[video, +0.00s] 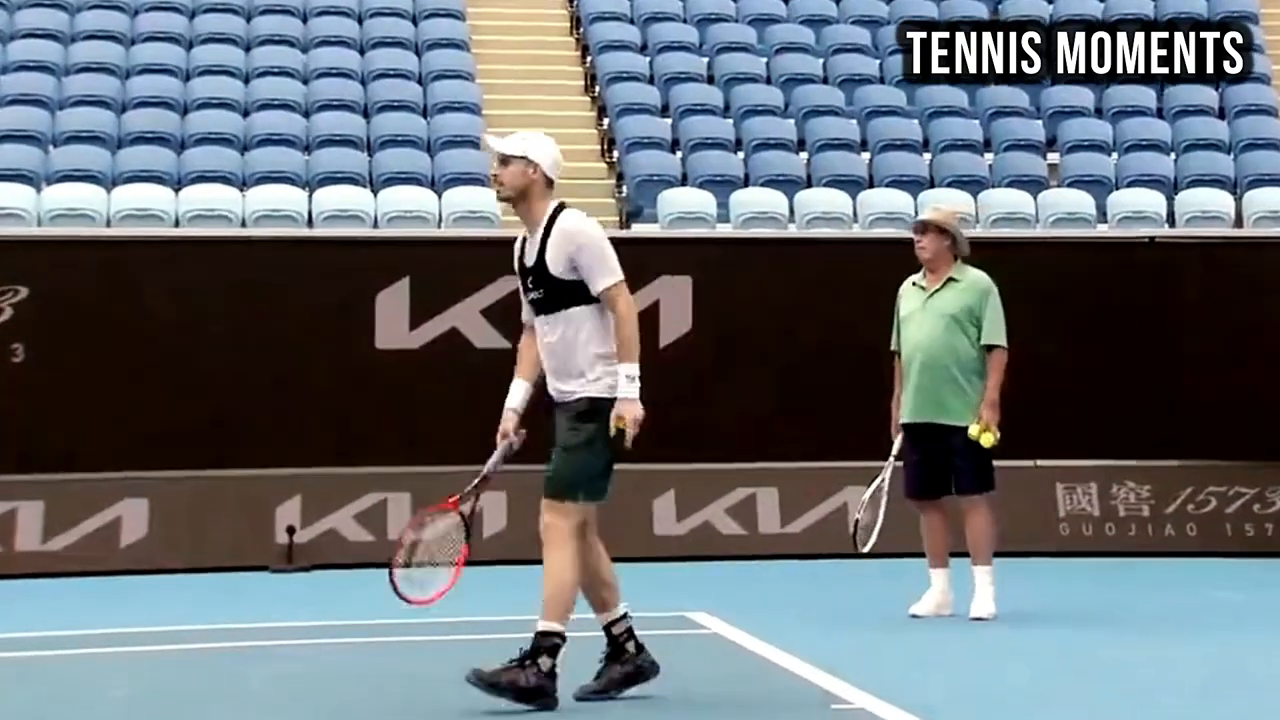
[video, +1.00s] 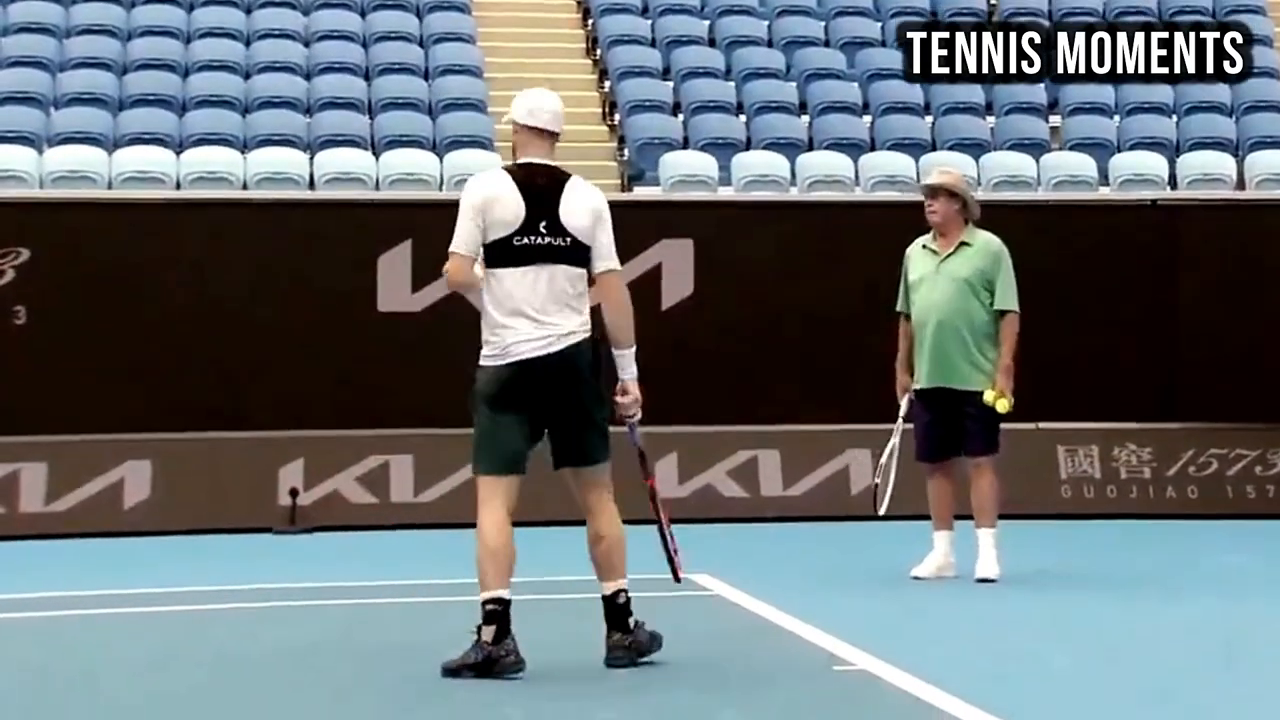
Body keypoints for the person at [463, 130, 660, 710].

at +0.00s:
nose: (494, 173)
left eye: (505, 164)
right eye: (495, 163)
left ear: (537, 173)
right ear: (521, 174)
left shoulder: (578, 232)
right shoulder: (524, 245)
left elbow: (625, 309)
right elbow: (532, 331)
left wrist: (629, 391)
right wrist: (514, 405)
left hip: (596, 399)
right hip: (563, 399)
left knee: (557, 521)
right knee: (579, 527)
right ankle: (627, 650)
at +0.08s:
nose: (486, 174)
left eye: (496, 165)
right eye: (489, 165)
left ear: (527, 176)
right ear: (514, 177)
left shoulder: (558, 235)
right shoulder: (522, 243)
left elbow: (597, 316)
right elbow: (524, 336)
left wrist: (594, 400)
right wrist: (492, 407)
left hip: (565, 408)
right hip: (543, 406)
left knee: (522, 525)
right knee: (559, 538)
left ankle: (507, 672)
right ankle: (627, 649)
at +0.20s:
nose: (475, 177)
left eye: (484, 168)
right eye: (477, 168)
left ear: (514, 178)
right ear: (509, 179)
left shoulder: (535, 240)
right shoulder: (516, 241)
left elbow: (553, 329)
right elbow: (517, 346)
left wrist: (533, 408)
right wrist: (478, 404)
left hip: (534, 412)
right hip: (534, 410)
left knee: (468, 527)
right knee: (526, 542)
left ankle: (496, 670)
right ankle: (621, 637)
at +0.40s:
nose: (464, 146)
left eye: (473, 136)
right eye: (467, 137)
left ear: (500, 145)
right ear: (504, 147)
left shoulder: (502, 207)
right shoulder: (528, 203)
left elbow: (517, 293)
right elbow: (527, 305)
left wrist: (471, 365)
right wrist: (471, 372)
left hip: (501, 385)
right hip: (530, 382)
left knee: (464, 517)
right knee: (500, 516)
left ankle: (494, 656)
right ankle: (568, 632)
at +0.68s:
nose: (453, 152)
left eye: (460, 141)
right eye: (455, 141)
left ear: (486, 147)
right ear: (503, 151)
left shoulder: (469, 207)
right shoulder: (552, 214)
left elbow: (464, 296)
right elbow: (569, 311)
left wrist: (415, 368)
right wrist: (560, 385)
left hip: (485, 391)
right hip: (542, 387)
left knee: (463, 515)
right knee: (514, 513)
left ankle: (490, 655)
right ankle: (553, 644)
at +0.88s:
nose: (473, 140)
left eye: (477, 131)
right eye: (475, 131)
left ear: (493, 134)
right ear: (526, 138)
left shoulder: (469, 194)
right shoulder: (567, 200)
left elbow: (454, 284)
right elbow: (591, 295)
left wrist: (432, 308)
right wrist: (602, 375)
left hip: (496, 377)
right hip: (562, 370)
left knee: (482, 509)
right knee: (572, 498)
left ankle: (493, 645)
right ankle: (606, 627)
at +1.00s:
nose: (510, 134)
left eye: (512, 127)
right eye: (522, 127)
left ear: (514, 132)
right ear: (560, 136)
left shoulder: (484, 189)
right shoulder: (588, 198)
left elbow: (458, 271)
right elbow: (610, 288)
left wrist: (497, 303)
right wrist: (628, 371)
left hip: (505, 372)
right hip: (577, 368)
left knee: (494, 505)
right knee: (599, 497)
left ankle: (495, 639)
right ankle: (621, 630)